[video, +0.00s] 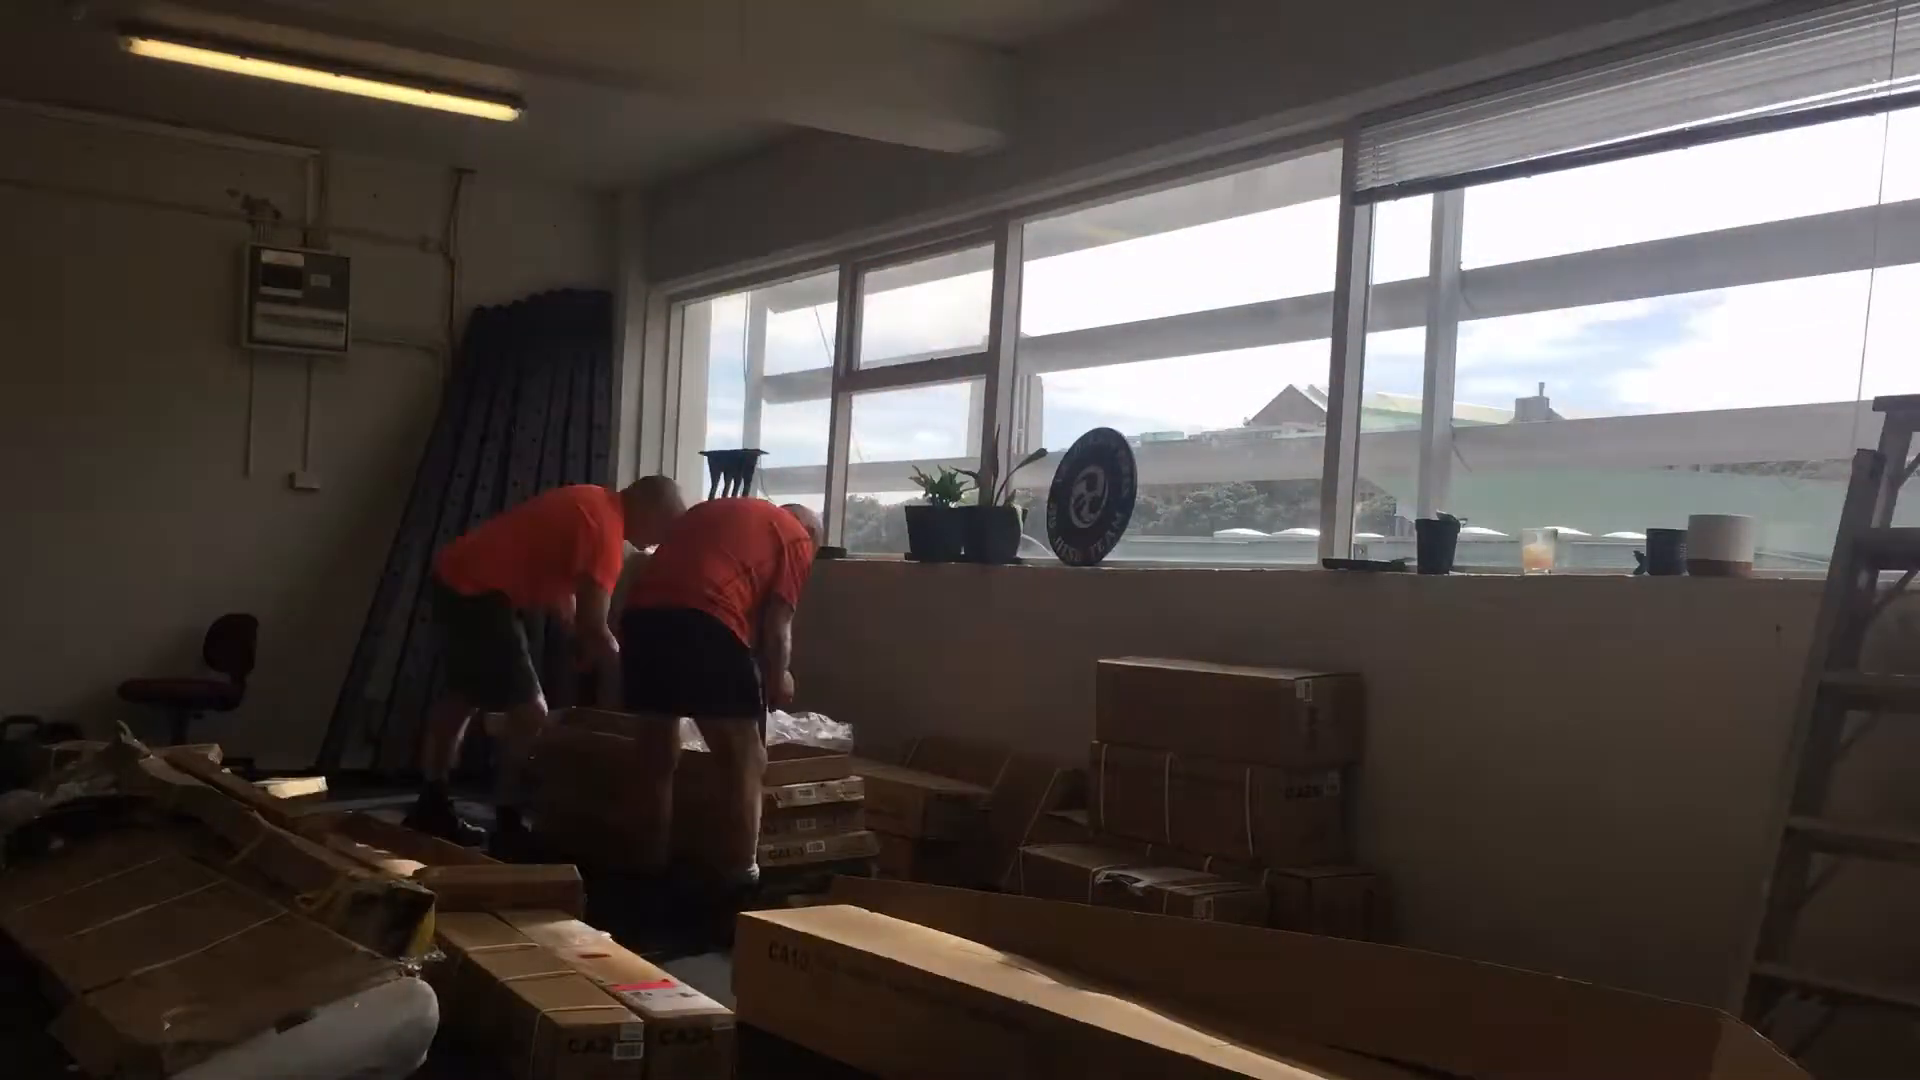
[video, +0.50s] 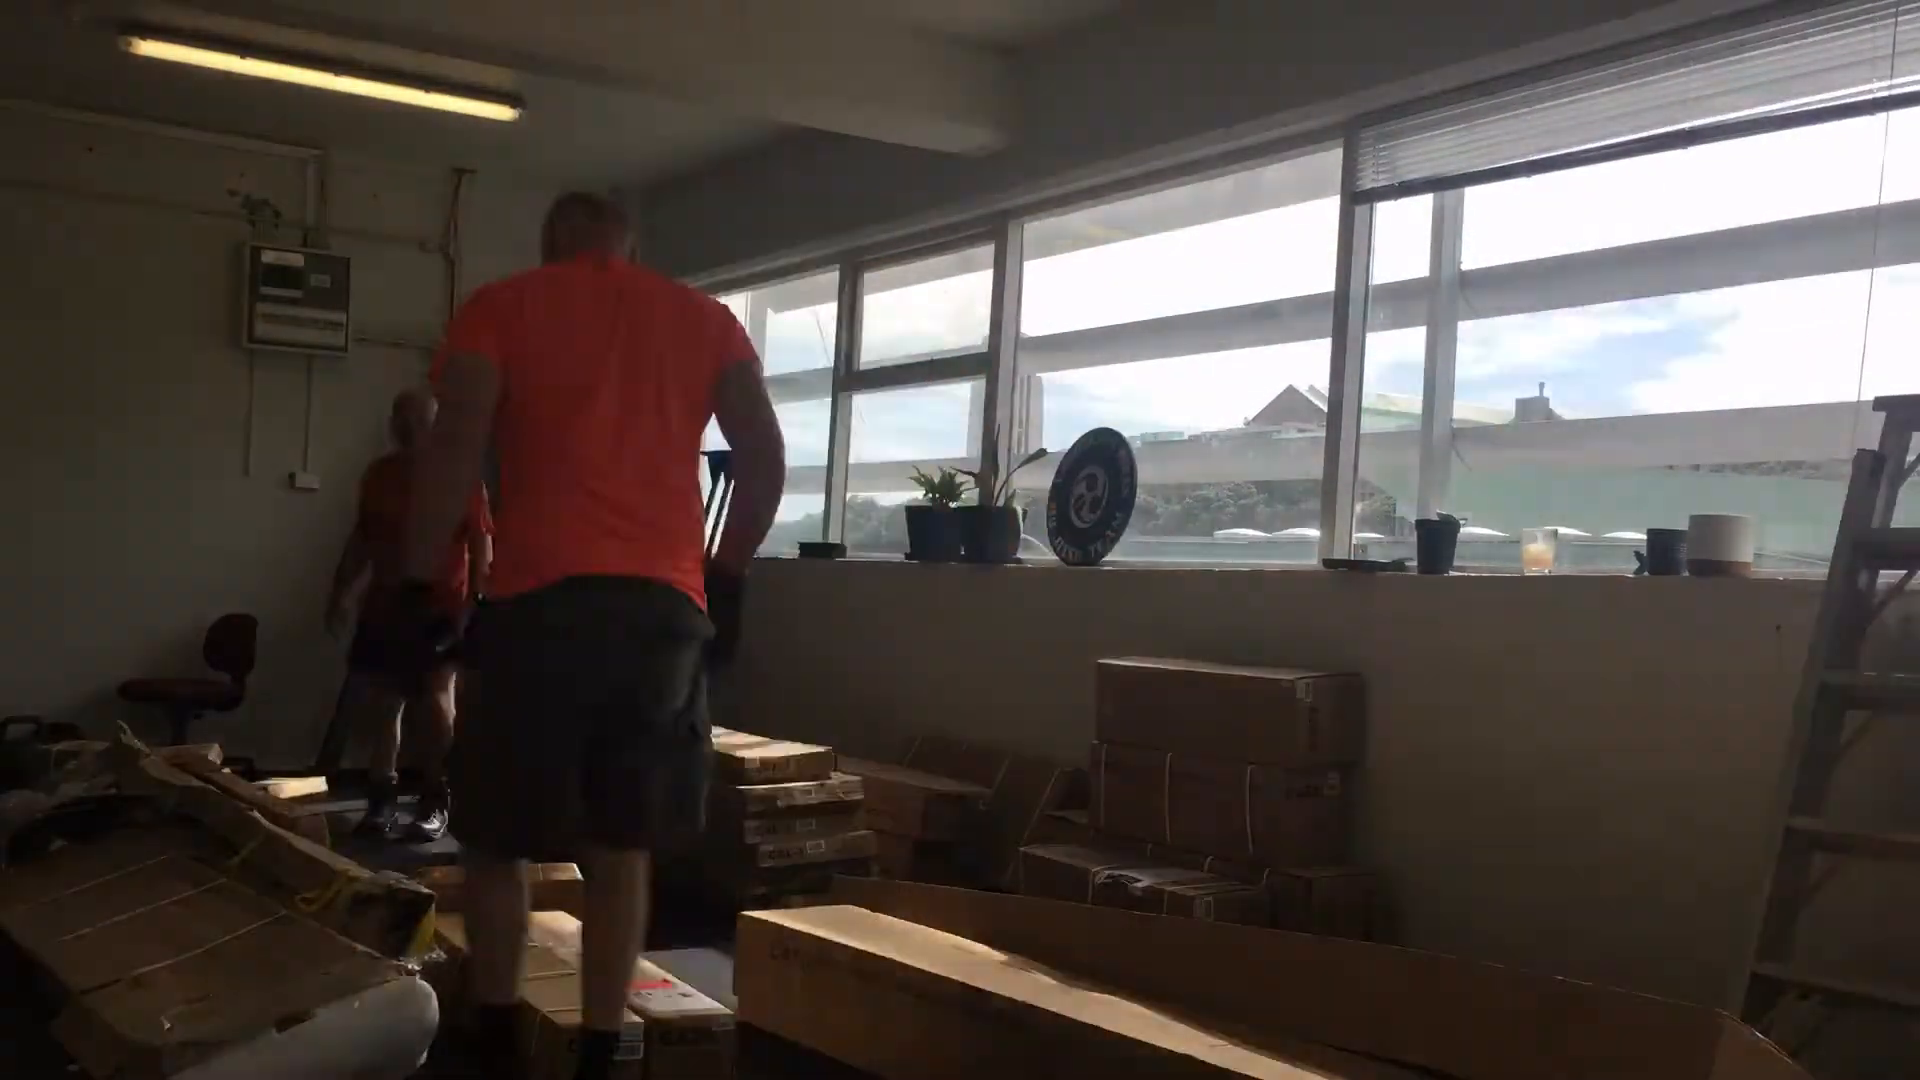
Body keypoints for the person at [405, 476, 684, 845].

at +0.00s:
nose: (661, 539)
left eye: (668, 531)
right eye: (665, 527)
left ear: (638, 498)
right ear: (648, 510)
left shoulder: (591, 498)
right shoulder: (605, 531)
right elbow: (594, 630)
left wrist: (577, 626)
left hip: (456, 580)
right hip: (482, 594)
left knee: (458, 701)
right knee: (531, 719)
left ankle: (431, 807)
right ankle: (509, 830)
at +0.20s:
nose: (349, 558)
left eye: (349, 548)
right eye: (342, 552)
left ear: (368, 528)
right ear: (343, 542)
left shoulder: (447, 525)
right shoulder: (356, 554)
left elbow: (524, 589)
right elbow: (362, 624)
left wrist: (483, 656)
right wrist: (354, 690)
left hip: (517, 602)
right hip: (456, 609)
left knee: (479, 716)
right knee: (433, 710)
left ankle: (472, 825)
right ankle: (435, 814)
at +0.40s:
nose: (618, 527)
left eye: (625, 521)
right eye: (621, 517)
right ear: (604, 495)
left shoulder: (572, 519)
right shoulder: (559, 511)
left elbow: (560, 597)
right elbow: (556, 595)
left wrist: (586, 657)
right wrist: (601, 663)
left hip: (478, 620)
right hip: (443, 609)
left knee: (489, 720)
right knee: (435, 719)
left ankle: (476, 836)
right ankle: (402, 836)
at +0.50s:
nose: (403, 429)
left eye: (412, 421)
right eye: (400, 420)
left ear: (433, 426)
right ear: (394, 424)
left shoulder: (460, 479)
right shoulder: (380, 475)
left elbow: (480, 543)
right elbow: (364, 538)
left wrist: (475, 602)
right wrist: (341, 591)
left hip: (443, 605)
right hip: (388, 603)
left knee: (436, 706)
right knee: (383, 705)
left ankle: (434, 808)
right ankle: (381, 803)